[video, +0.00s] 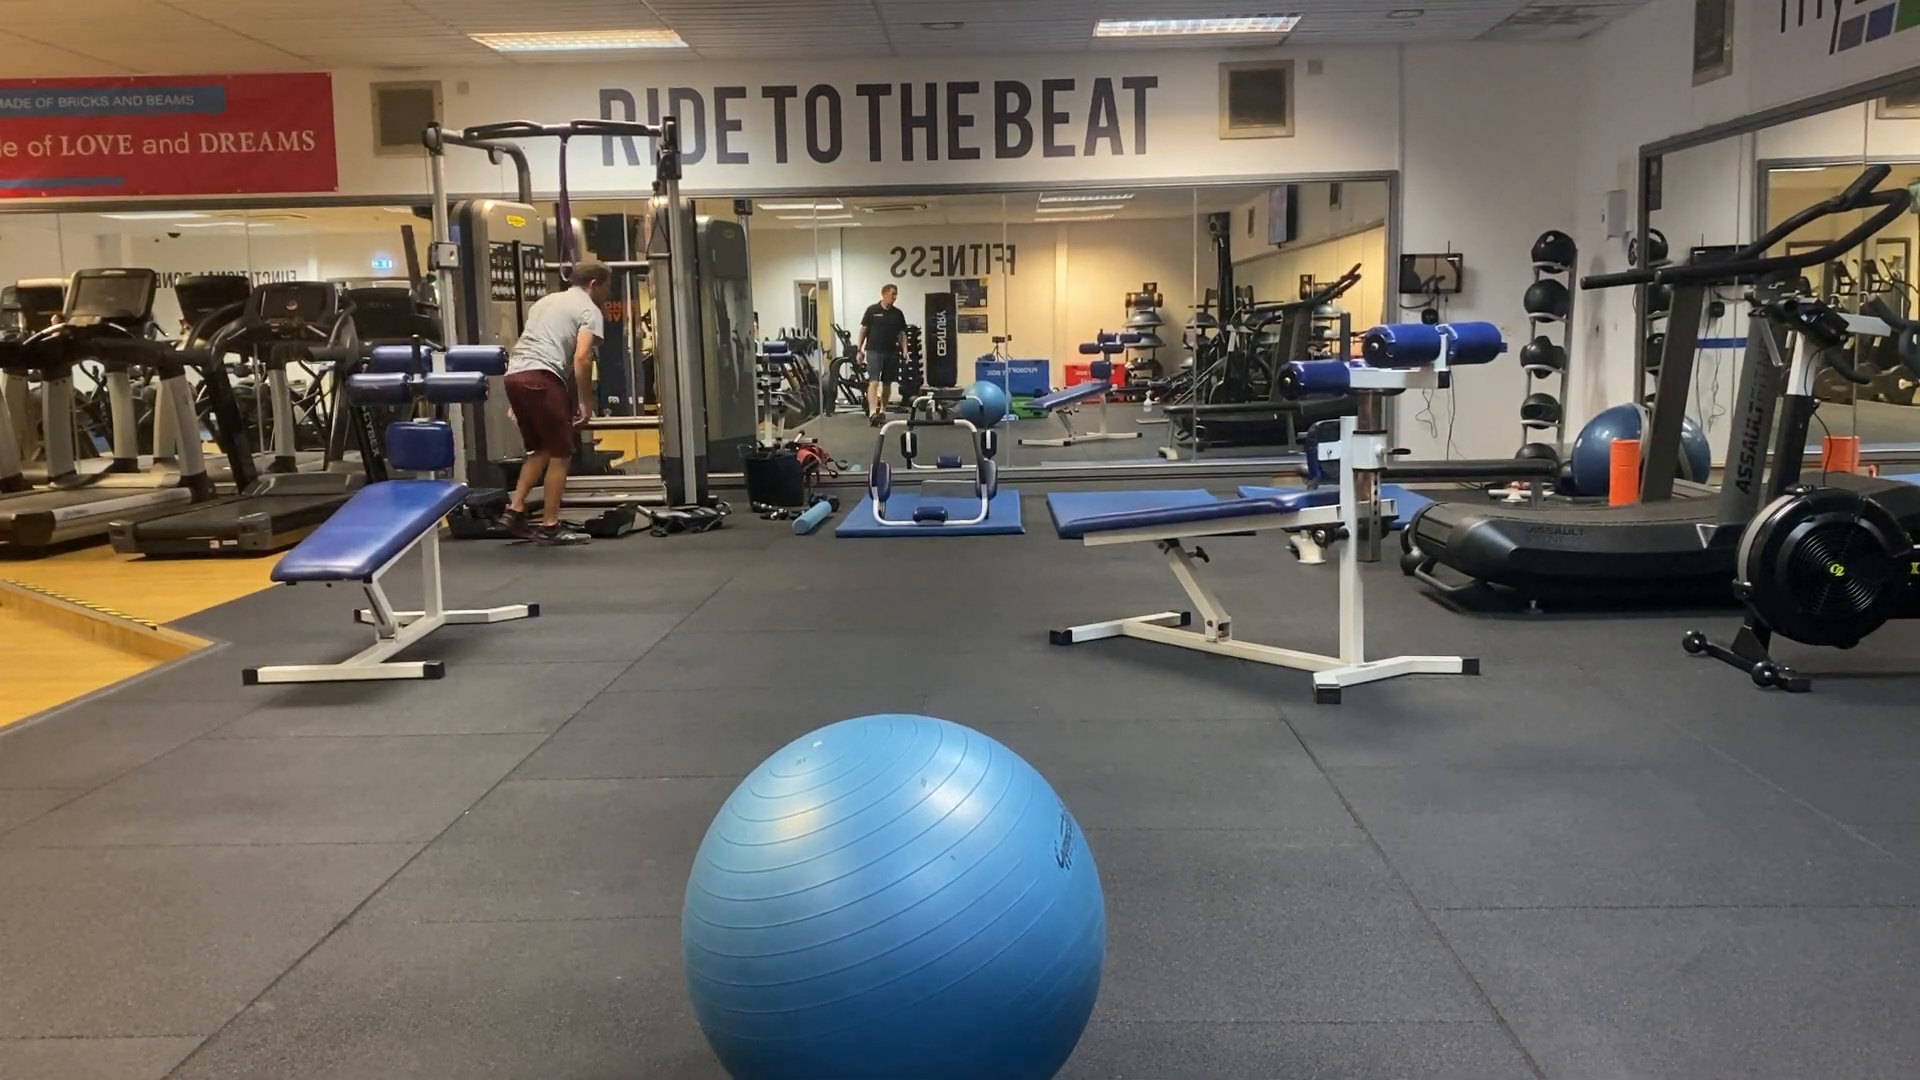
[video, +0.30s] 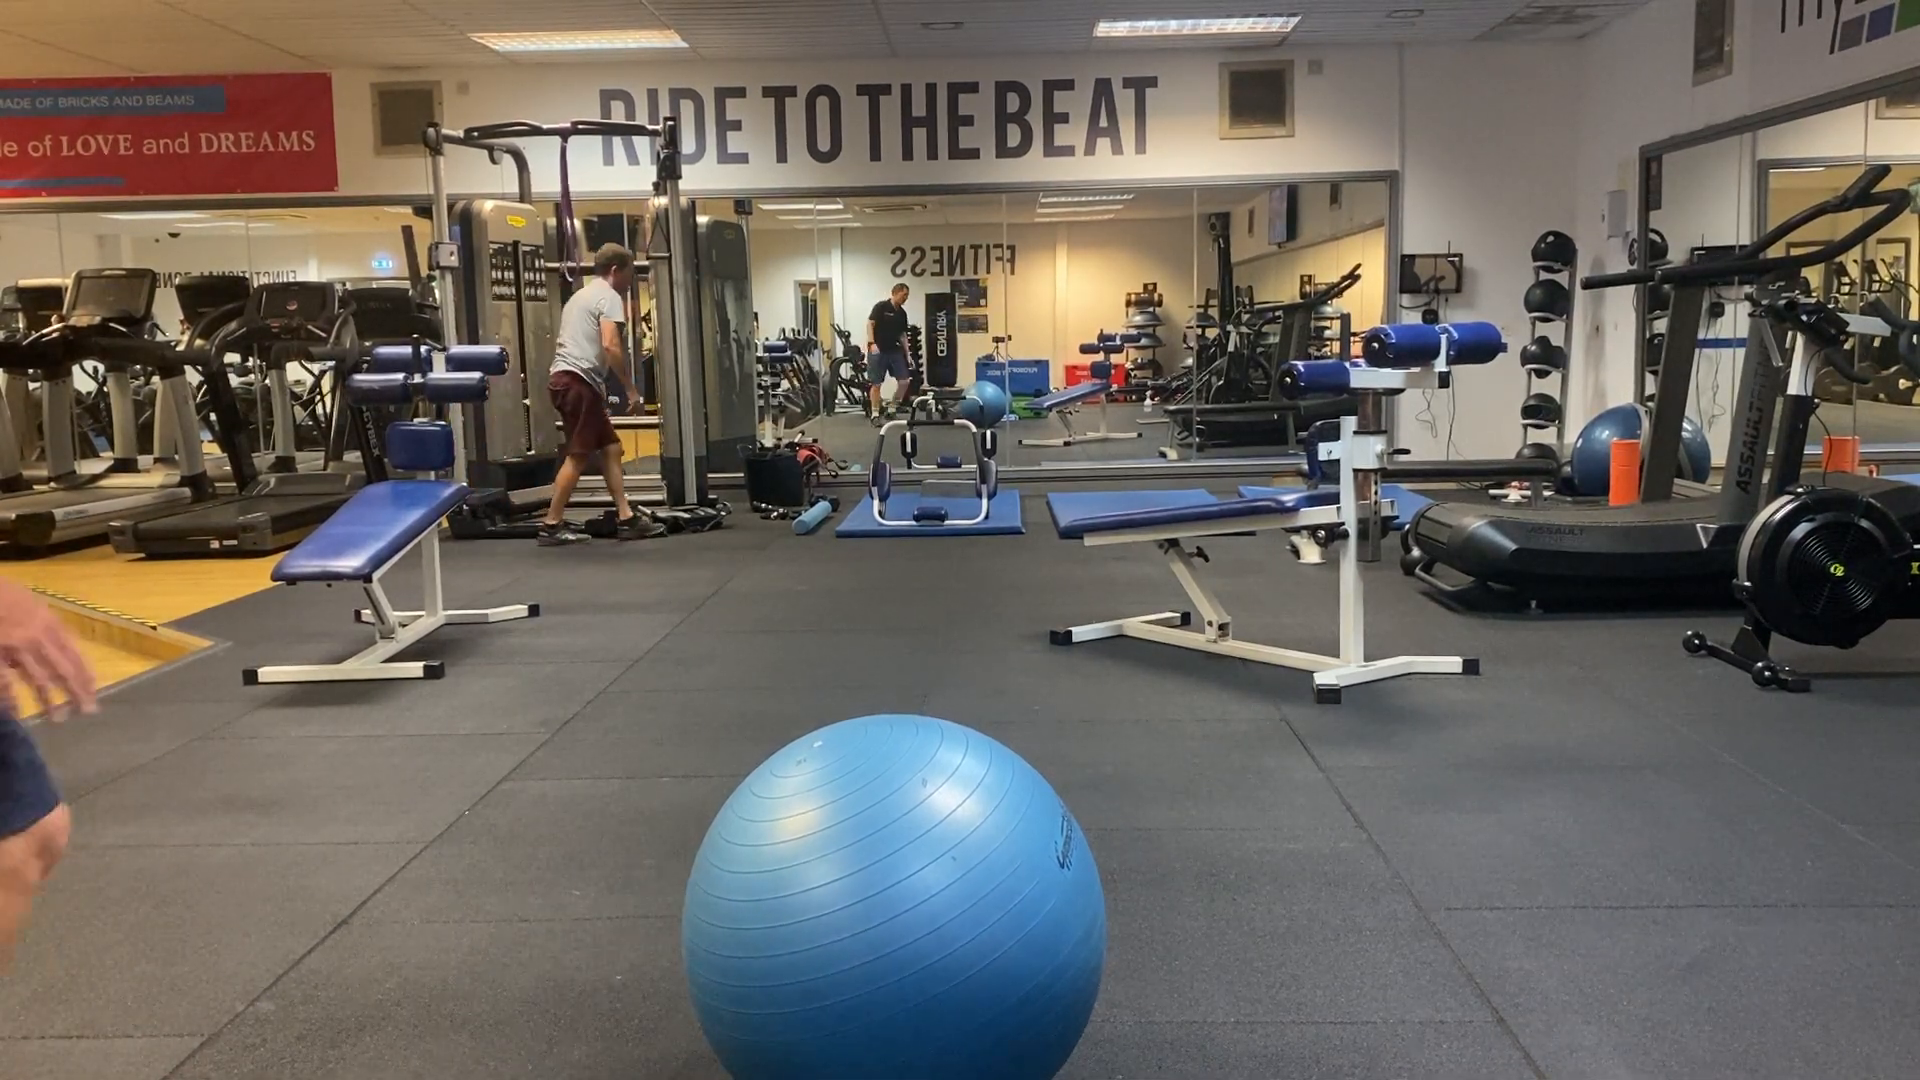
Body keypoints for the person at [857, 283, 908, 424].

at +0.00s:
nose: (895, 297)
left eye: (896, 295)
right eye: (892, 294)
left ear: (895, 296)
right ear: (884, 294)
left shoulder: (898, 313)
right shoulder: (872, 310)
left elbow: (902, 334)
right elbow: (863, 330)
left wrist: (905, 351)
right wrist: (859, 349)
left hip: (891, 352)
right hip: (874, 351)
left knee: (887, 383)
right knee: (874, 382)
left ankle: (883, 411)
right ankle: (873, 413)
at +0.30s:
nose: (906, 298)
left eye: (907, 296)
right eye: (904, 295)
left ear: (904, 296)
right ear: (895, 293)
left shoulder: (902, 313)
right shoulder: (880, 307)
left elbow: (903, 336)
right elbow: (870, 324)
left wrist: (908, 355)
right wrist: (871, 343)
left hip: (895, 350)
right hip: (878, 349)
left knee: (904, 380)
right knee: (876, 384)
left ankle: (892, 409)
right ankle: (875, 414)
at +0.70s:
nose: (935, 328)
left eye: (936, 325)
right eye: (934, 324)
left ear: (934, 324)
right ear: (926, 322)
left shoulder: (929, 337)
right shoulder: (907, 324)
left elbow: (936, 356)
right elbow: (888, 337)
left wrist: (953, 371)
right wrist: (889, 358)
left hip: (901, 359)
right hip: (884, 356)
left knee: (916, 384)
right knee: (882, 388)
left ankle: (913, 416)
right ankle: (856, 404)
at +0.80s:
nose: (939, 335)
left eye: (940, 333)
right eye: (938, 332)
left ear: (935, 331)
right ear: (930, 329)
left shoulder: (930, 344)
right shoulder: (912, 331)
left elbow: (941, 361)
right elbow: (892, 342)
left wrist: (961, 376)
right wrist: (894, 365)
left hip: (904, 364)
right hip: (886, 360)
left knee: (920, 386)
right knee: (882, 393)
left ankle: (912, 417)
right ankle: (851, 410)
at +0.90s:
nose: (939, 339)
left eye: (939, 337)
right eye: (938, 336)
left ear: (933, 336)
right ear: (931, 334)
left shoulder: (931, 348)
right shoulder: (915, 337)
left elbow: (938, 366)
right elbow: (895, 351)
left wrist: (957, 380)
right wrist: (900, 373)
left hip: (904, 370)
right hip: (886, 368)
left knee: (923, 387)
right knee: (883, 402)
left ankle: (911, 408)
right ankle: (851, 412)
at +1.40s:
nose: (920, 338)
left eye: (920, 335)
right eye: (917, 335)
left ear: (909, 336)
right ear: (909, 335)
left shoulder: (906, 347)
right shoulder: (904, 349)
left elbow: (910, 373)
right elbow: (908, 375)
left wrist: (921, 388)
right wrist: (929, 382)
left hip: (893, 383)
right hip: (885, 385)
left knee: (913, 386)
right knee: (892, 421)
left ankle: (905, 414)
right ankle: (858, 414)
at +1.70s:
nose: (914, 335)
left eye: (914, 333)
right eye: (912, 332)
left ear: (904, 332)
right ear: (904, 332)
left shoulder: (896, 345)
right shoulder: (899, 347)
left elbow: (902, 371)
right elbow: (899, 372)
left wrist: (916, 379)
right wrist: (919, 385)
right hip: (887, 386)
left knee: (895, 418)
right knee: (893, 421)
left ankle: (864, 412)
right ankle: (860, 415)